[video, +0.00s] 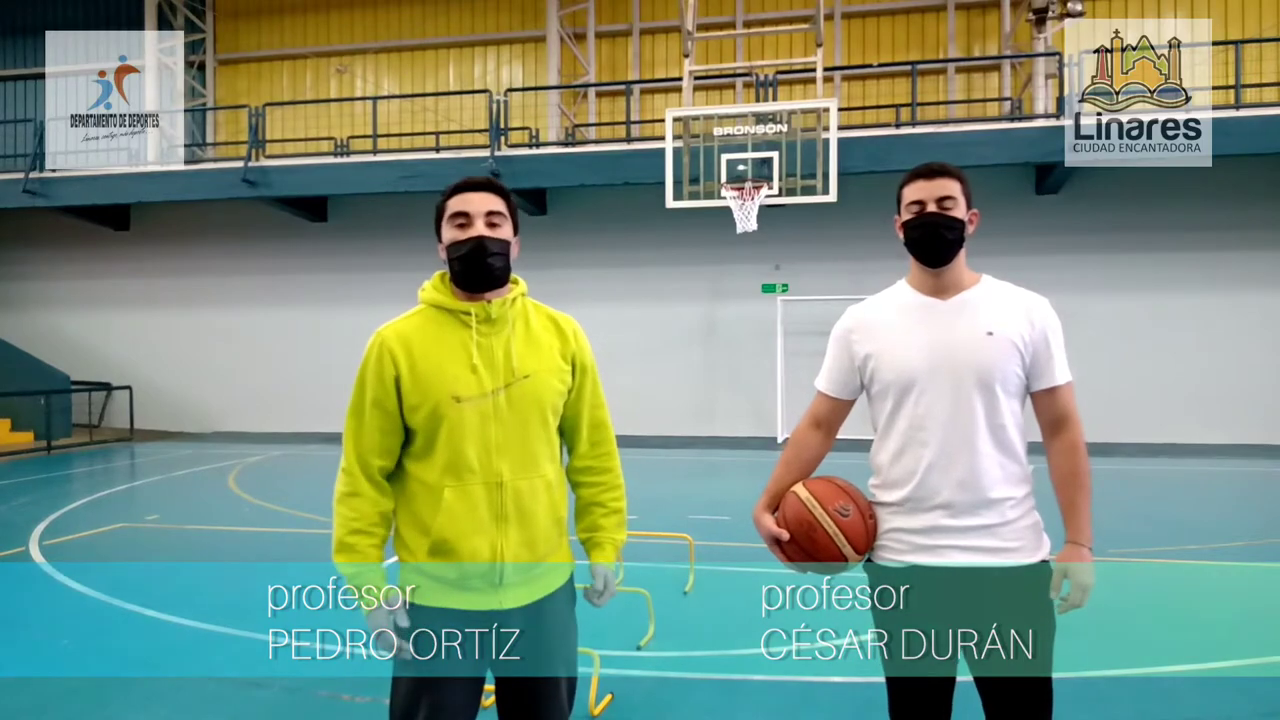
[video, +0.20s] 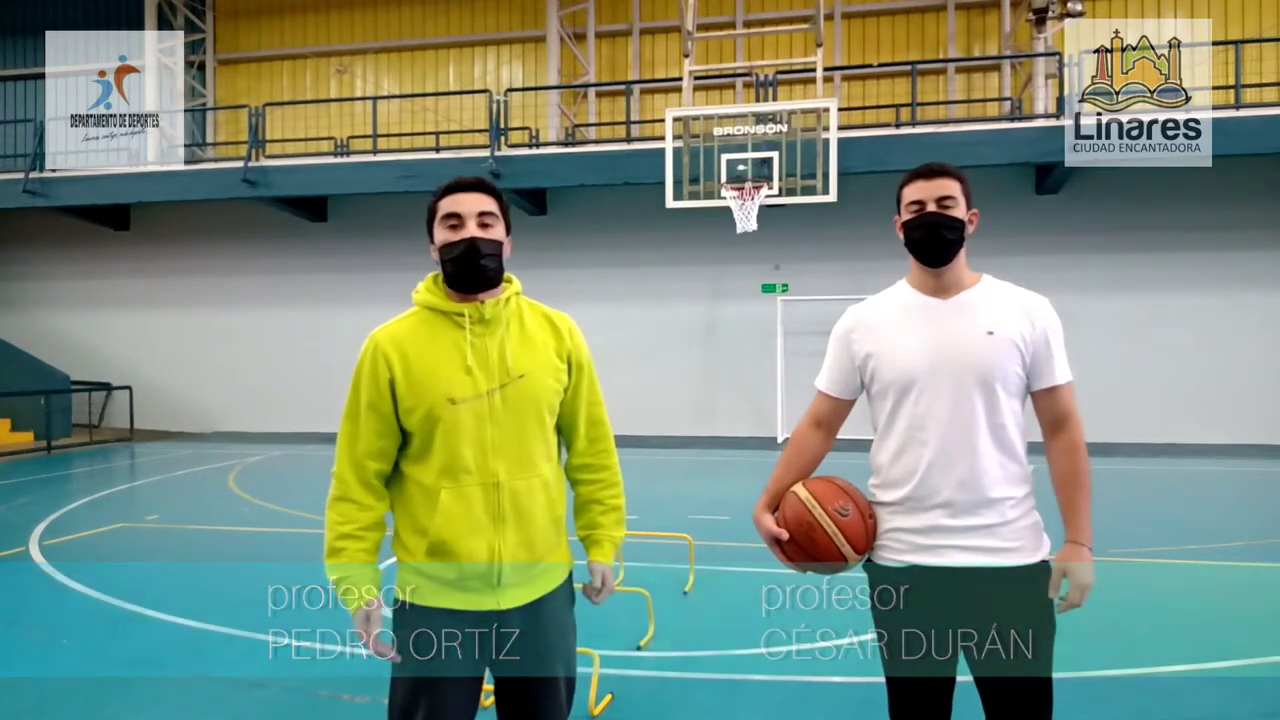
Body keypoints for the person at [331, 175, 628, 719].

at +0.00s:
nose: (478, 231)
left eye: (495, 221)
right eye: (460, 222)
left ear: (515, 244)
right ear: (441, 247)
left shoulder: (560, 336)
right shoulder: (397, 345)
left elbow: (594, 452)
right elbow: (363, 472)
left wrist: (604, 548)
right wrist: (364, 581)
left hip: (542, 591)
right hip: (438, 595)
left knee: (548, 712)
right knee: (430, 714)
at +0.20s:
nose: (471, 233)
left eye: (487, 221)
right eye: (453, 223)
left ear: (508, 242)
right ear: (433, 246)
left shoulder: (556, 334)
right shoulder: (392, 348)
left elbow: (592, 448)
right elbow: (359, 473)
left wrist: (602, 541)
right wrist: (355, 579)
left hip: (540, 591)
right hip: (437, 595)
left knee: (545, 711)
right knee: (430, 714)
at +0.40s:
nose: (465, 233)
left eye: (480, 222)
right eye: (447, 223)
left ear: (502, 243)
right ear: (427, 247)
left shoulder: (551, 334)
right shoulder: (387, 352)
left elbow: (589, 447)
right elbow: (356, 482)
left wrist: (600, 538)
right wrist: (356, 595)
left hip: (539, 597)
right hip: (435, 603)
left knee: (546, 712)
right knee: (428, 714)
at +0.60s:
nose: (463, 234)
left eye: (478, 222)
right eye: (445, 224)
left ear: (499, 243)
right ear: (425, 247)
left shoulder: (548, 334)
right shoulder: (385, 351)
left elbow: (585, 444)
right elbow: (359, 479)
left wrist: (595, 538)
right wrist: (365, 598)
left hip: (537, 591)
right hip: (434, 597)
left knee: (545, 711)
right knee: (430, 714)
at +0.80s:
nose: (465, 234)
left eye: (480, 222)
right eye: (447, 223)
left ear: (501, 242)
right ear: (426, 247)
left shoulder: (547, 334)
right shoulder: (385, 348)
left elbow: (583, 448)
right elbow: (358, 478)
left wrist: (594, 544)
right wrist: (363, 597)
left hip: (536, 592)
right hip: (433, 596)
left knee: (543, 711)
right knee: (428, 714)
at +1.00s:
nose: (469, 233)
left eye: (484, 222)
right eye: (450, 223)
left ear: (503, 243)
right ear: (430, 246)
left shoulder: (549, 335)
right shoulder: (387, 345)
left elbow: (583, 450)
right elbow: (356, 473)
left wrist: (594, 549)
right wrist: (356, 590)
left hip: (537, 591)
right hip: (434, 594)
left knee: (543, 711)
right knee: (428, 713)